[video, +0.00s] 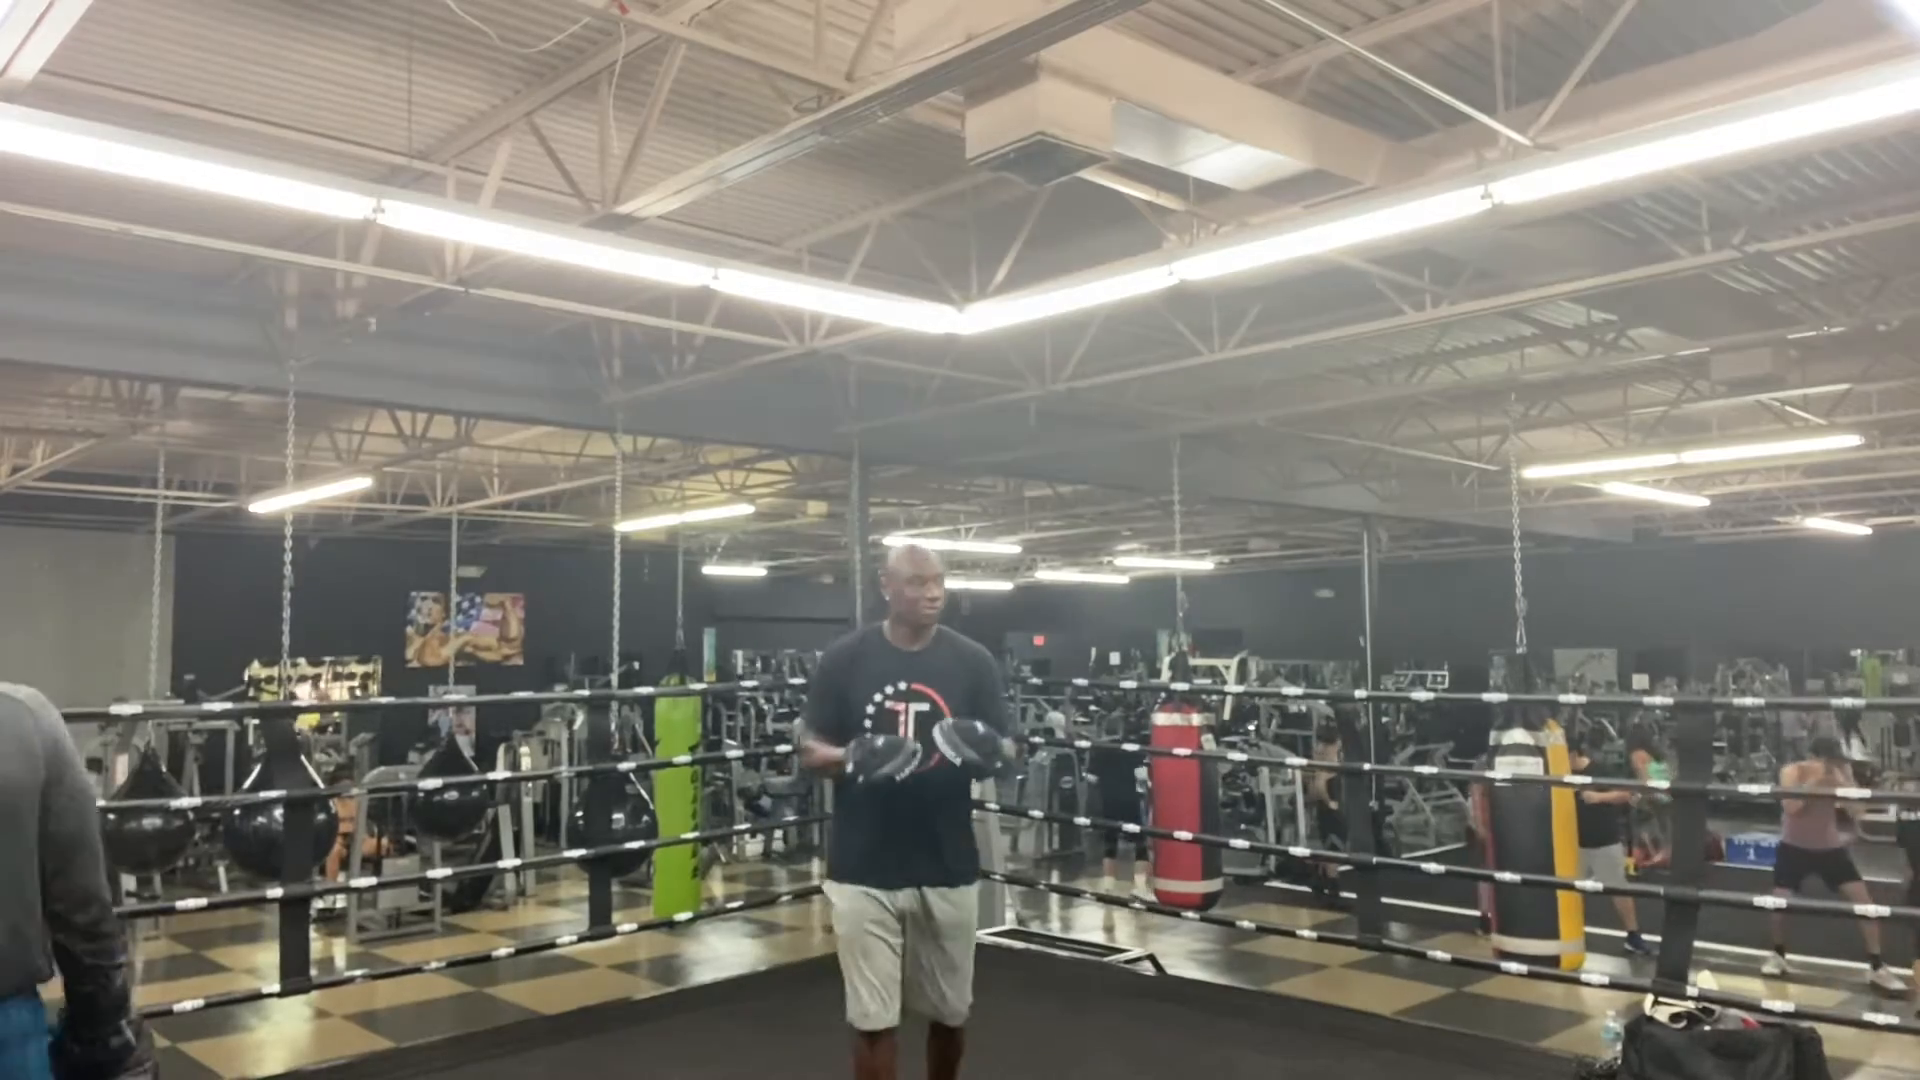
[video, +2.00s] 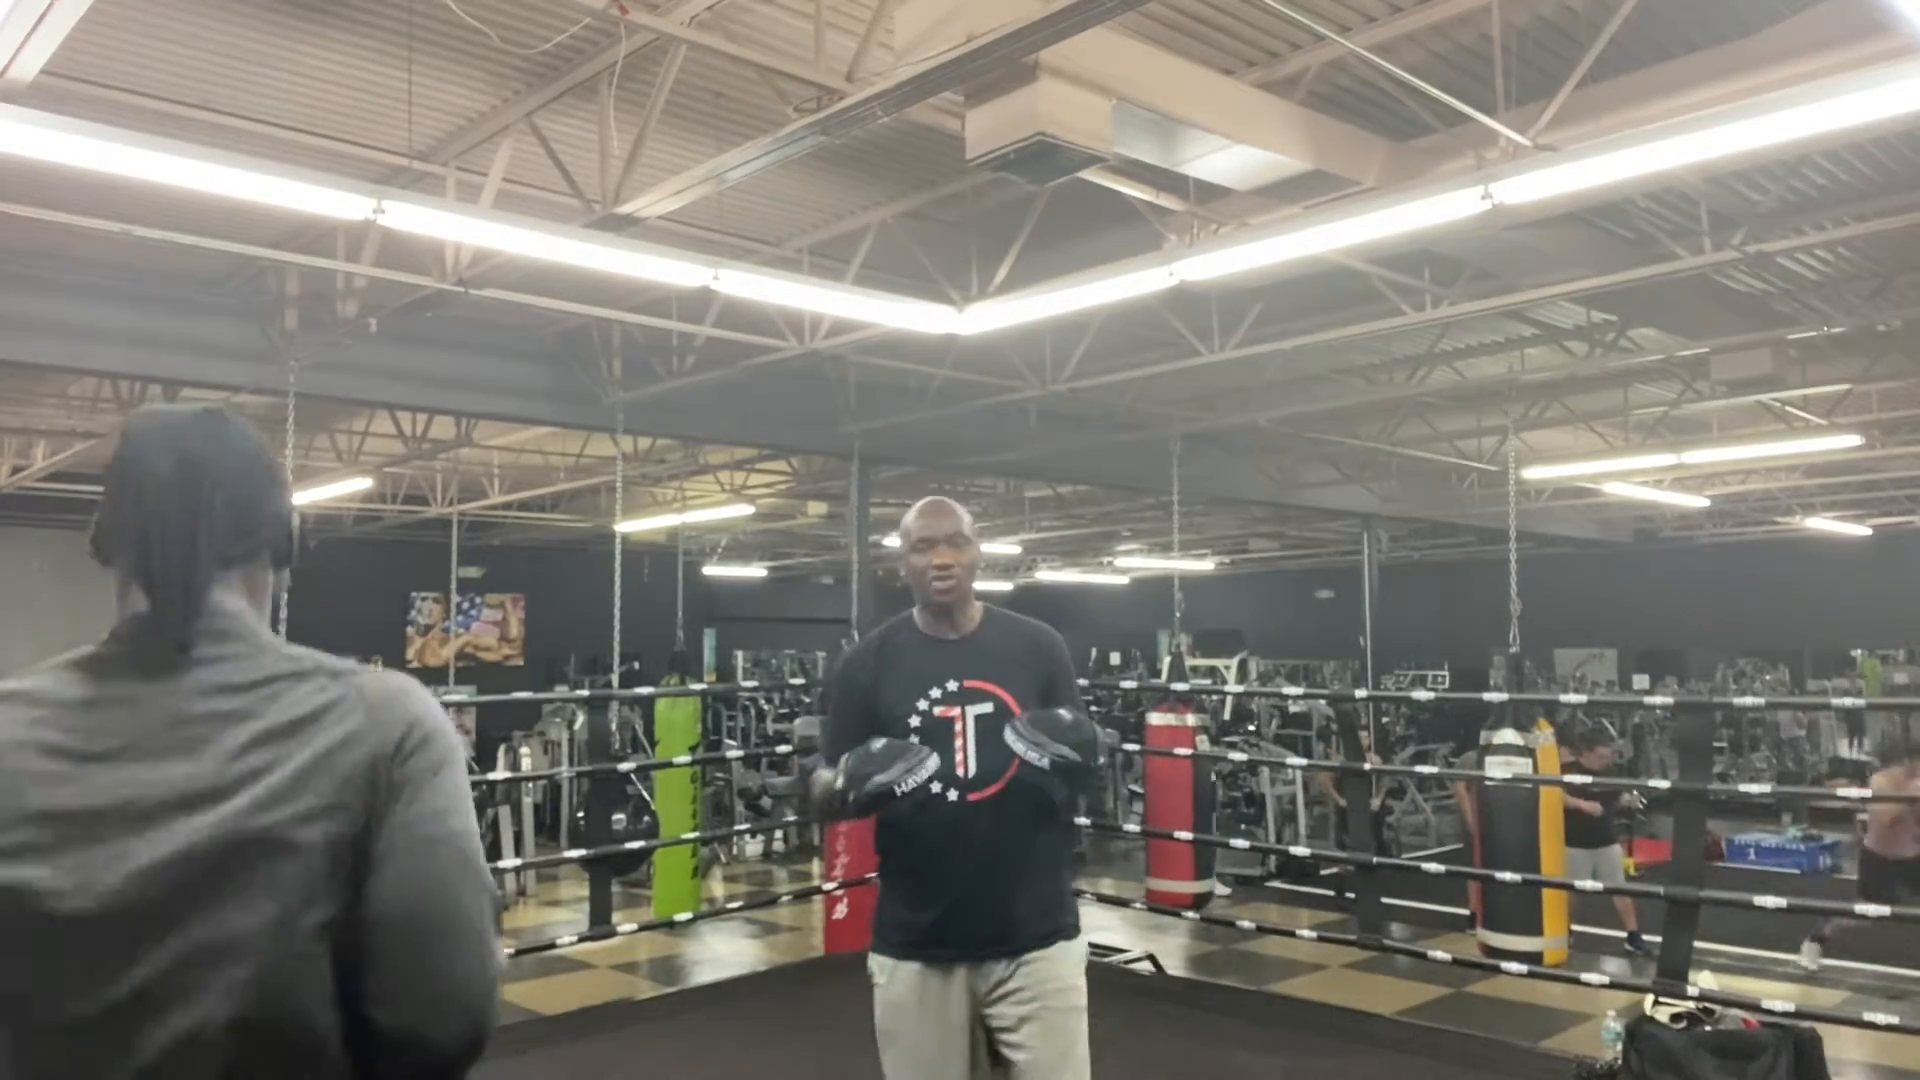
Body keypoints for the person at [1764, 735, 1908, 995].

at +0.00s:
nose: (1825, 766)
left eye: (1831, 762)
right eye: (1822, 761)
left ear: (1836, 761)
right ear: (1812, 757)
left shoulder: (1841, 772)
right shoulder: (1792, 771)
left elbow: (1856, 810)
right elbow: (1791, 807)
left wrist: (1839, 781)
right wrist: (1813, 782)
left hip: (1832, 852)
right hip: (1793, 851)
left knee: (1866, 908)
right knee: (1778, 905)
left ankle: (1877, 968)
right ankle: (1777, 956)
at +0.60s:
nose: (1853, 764)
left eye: (1858, 760)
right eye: (1850, 758)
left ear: (1862, 759)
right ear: (1840, 754)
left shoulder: (1863, 771)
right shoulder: (1817, 769)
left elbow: (1877, 792)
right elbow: (1818, 805)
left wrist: (1864, 768)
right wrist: (1842, 776)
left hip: (1854, 846)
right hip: (1818, 845)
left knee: (1885, 897)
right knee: (1799, 899)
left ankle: (1895, 958)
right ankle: (1779, 955)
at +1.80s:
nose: (1864, 773)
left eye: (1868, 768)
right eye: (1859, 768)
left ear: (1875, 767)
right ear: (1846, 767)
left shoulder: (1880, 780)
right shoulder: (1832, 782)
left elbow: (1906, 813)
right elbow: (1826, 821)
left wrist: (1883, 785)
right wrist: (1842, 791)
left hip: (1881, 855)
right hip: (1843, 855)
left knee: (1914, 895)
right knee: (1826, 901)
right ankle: (1805, 948)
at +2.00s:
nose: (1912, 768)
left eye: (1915, 763)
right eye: (1910, 762)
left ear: (1916, 763)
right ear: (1900, 760)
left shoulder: (1915, 782)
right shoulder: (1882, 780)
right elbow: (1886, 819)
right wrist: (1909, 794)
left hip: (1910, 859)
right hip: (1877, 858)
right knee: (1870, 915)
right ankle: (1817, 940)